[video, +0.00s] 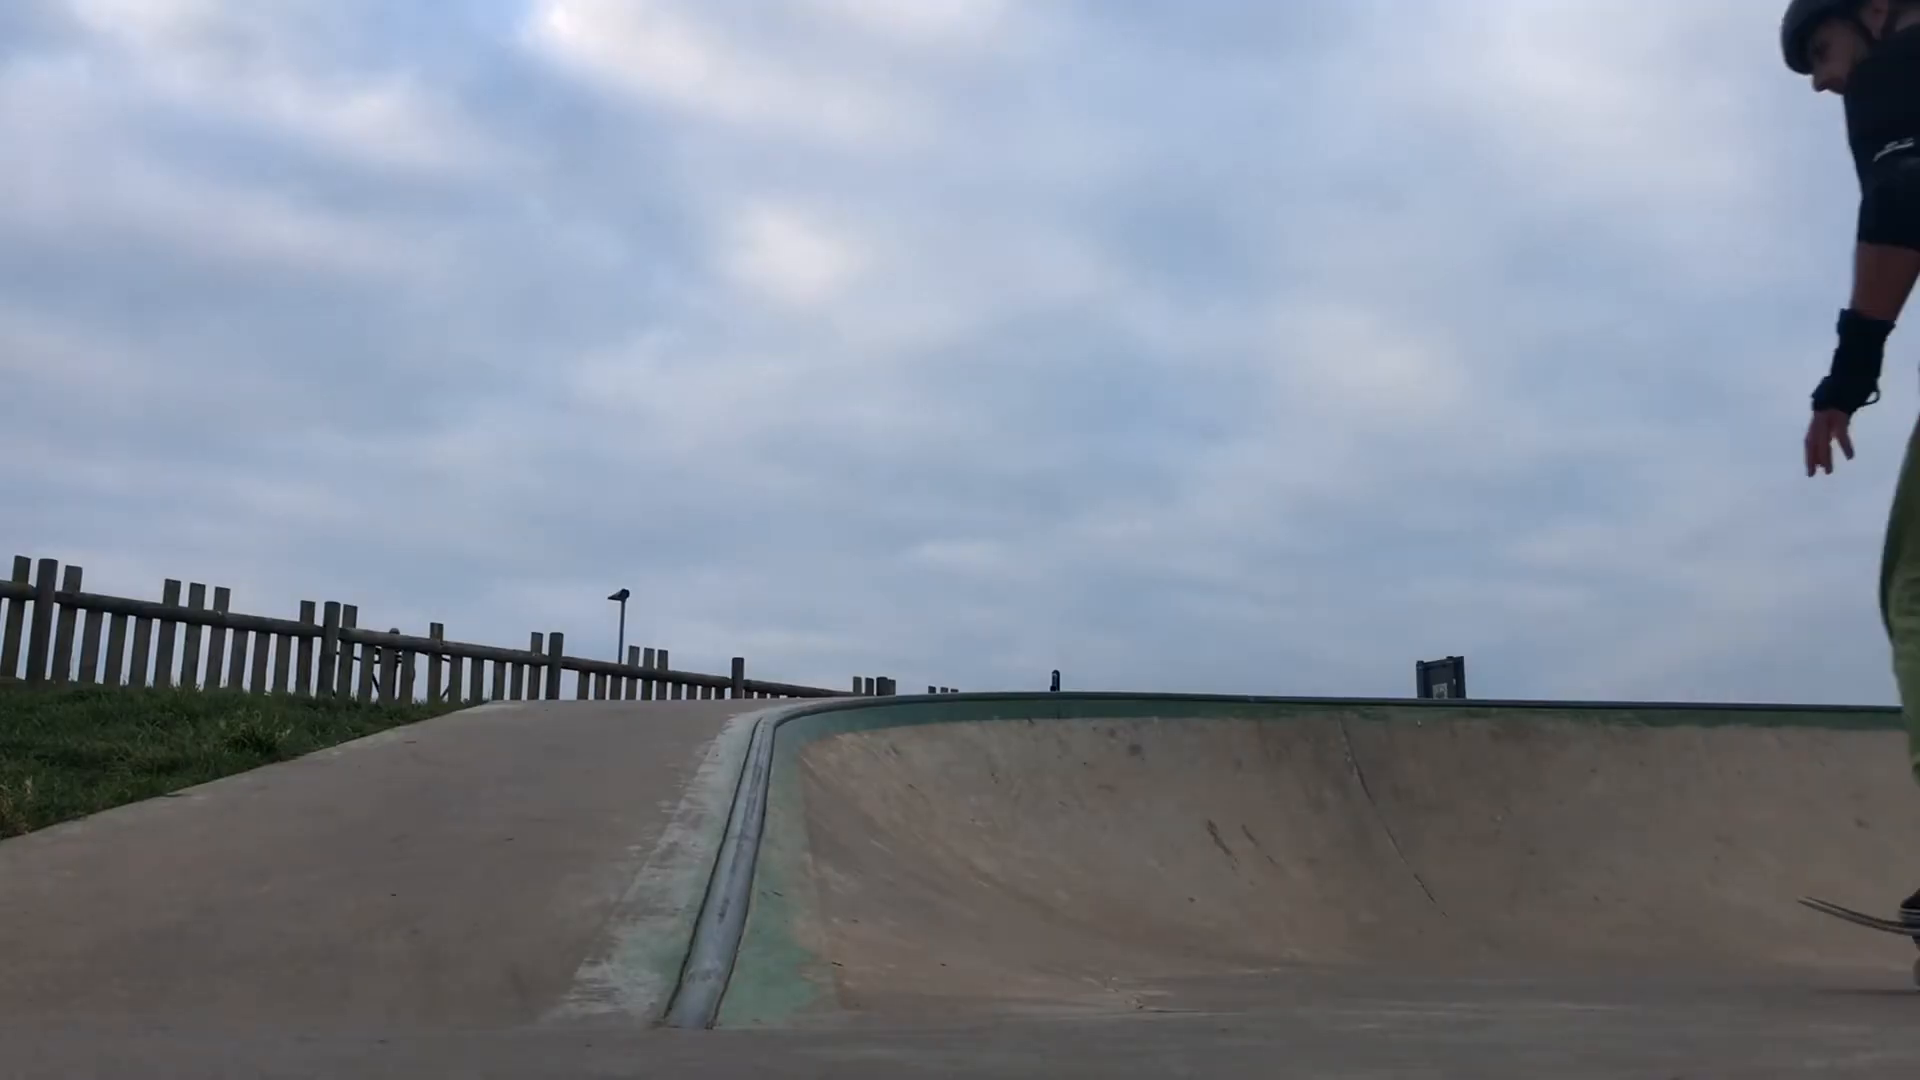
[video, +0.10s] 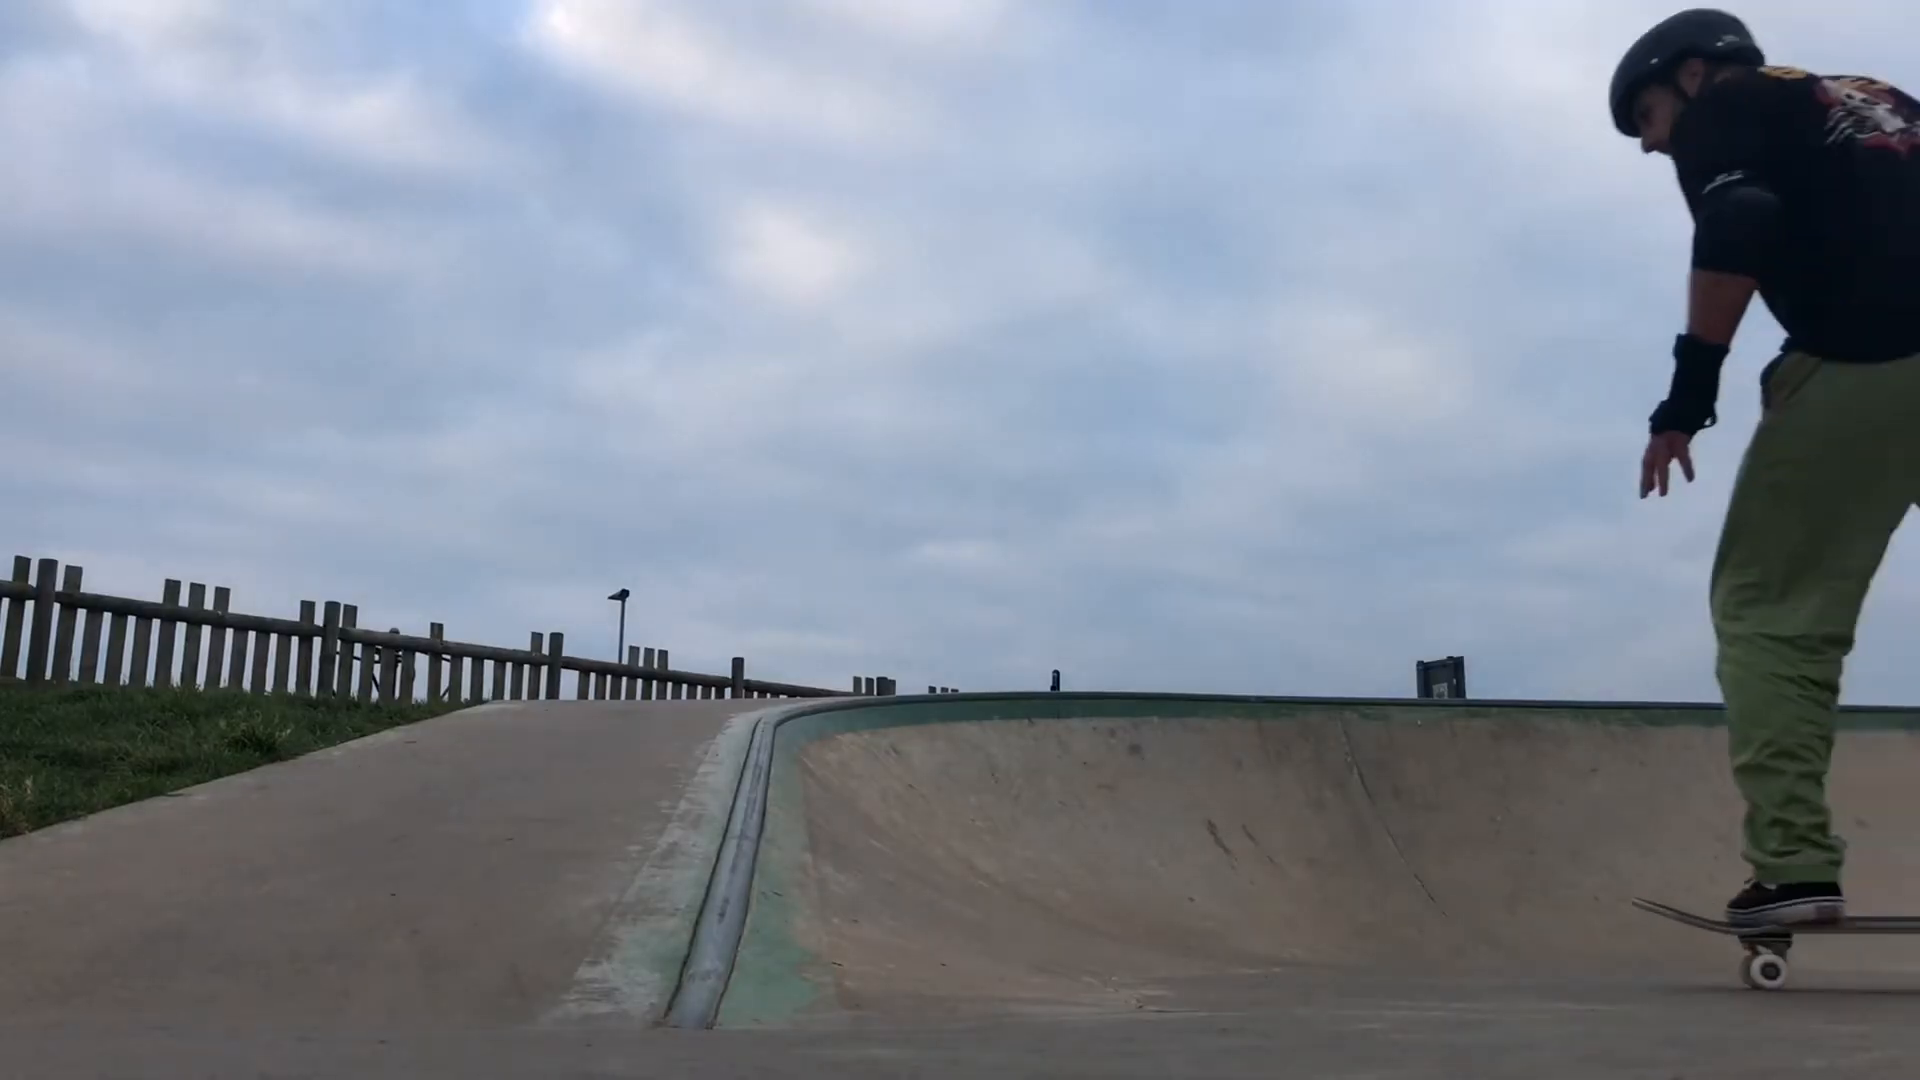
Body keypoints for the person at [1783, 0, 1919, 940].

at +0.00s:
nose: (1822, 81)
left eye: (1820, 57)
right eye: (1812, 68)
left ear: (1873, 13)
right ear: (1883, 17)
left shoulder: (1892, 73)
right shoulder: (1895, 73)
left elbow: (1898, 217)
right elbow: (1896, 225)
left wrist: (1845, 378)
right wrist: (1846, 378)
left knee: (1909, 596)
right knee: (1907, 595)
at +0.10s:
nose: (1653, 143)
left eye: (1648, 119)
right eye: (1642, 132)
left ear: (1690, 73)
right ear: (1735, 68)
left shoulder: (1725, 108)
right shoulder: (1850, 96)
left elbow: (1739, 220)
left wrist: (1685, 399)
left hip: (1869, 361)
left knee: (1773, 607)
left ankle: (1793, 866)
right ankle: (1794, 863)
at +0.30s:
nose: (1363, 265)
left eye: (1358, 241)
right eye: (1354, 252)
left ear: (1388, 198)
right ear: (1439, 187)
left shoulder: (1417, 219)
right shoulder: (1547, 211)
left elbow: (1427, 298)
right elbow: (1672, 323)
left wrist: (1369, 455)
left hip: (1573, 418)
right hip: (1707, 401)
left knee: (1451, 642)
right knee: (1672, 667)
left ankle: (1457, 873)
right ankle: (1776, 849)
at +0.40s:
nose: (1258, 283)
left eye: (1255, 263)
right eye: (1250, 274)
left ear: (1273, 224)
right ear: (1338, 205)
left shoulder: (1298, 238)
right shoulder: (1442, 244)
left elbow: (1284, 329)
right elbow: (1562, 373)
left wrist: (1215, 464)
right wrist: (1588, 533)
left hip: (1414, 447)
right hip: (1552, 438)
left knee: (1295, 648)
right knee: (1502, 678)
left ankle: (1266, 871)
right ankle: (1565, 852)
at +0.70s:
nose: (1067, 150)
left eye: (1065, 139)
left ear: (1066, 132)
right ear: (1149, 136)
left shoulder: (1037, 160)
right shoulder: (1206, 175)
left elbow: (924, 204)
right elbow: (1292, 258)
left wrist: (835, 266)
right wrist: (1339, 378)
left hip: (1022, 373)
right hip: (1142, 395)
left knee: (928, 555)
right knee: (1079, 630)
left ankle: (787, 693)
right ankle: (991, 816)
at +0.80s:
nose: (1027, 116)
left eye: (1027, 104)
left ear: (1028, 98)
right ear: (1102, 110)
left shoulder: (989, 119)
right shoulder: (1149, 148)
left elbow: (871, 135)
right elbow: (1232, 226)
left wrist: (783, 178)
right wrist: (1270, 351)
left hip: (951, 322)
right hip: (1060, 345)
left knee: (881, 513)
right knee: (986, 580)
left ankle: (738, 644)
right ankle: (877, 760)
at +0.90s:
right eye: (1055, 115)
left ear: (996, 97)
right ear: (1066, 112)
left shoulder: (946, 113)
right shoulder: (1094, 145)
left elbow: (830, 100)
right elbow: (1180, 240)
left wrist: (743, 146)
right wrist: (1211, 361)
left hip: (884, 305)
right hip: (982, 319)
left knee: (843, 512)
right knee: (940, 546)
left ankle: (750, 684)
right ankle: (822, 721)